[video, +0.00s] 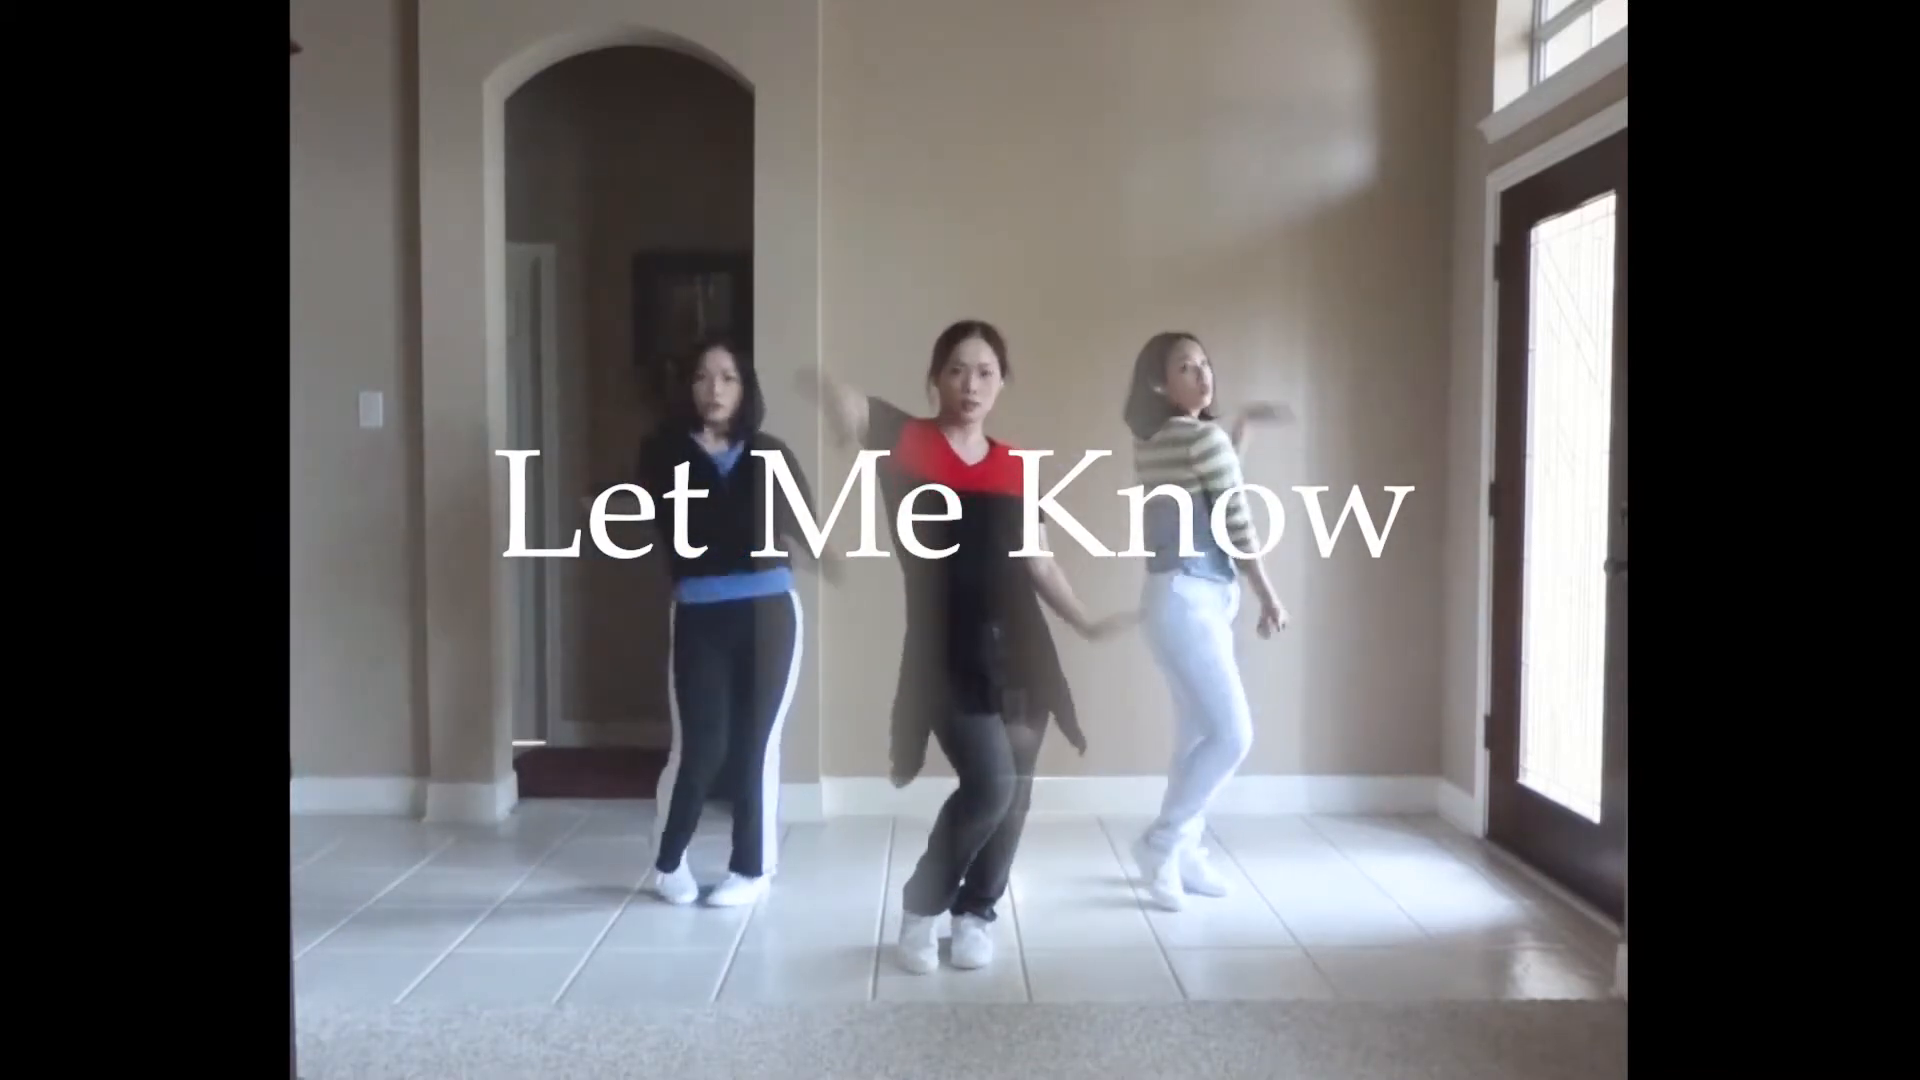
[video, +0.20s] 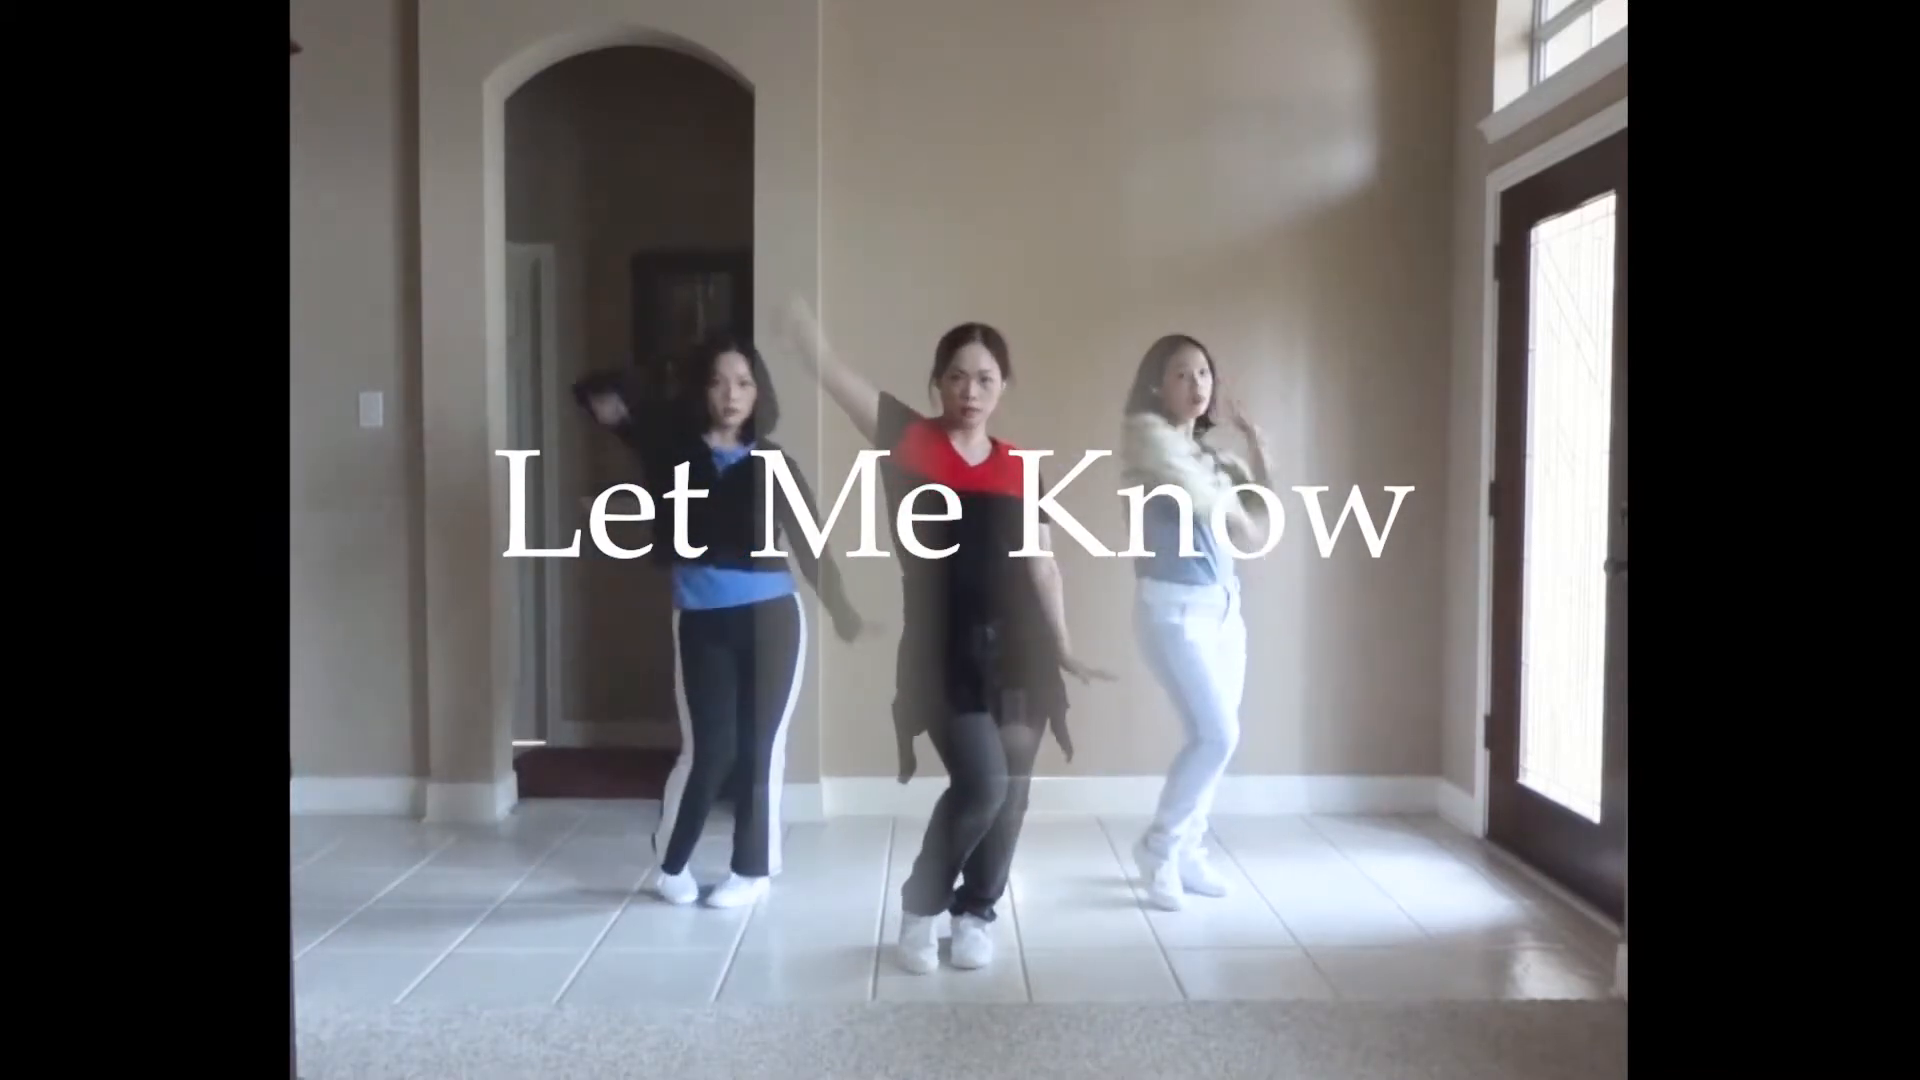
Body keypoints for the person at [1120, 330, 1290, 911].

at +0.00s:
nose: (1202, 375)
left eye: (1204, 365)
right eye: (1187, 368)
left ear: (1208, 373)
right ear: (1160, 384)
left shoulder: (1151, 439)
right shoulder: (1206, 435)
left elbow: (1199, 462)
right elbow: (1235, 521)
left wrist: (1237, 429)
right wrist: (1268, 596)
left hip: (1169, 593)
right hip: (1195, 597)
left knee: (1195, 731)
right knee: (1233, 735)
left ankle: (1189, 851)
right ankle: (1161, 844)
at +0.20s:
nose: (1197, 384)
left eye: (1204, 374)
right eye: (1182, 374)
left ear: (1212, 385)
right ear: (1155, 384)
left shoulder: (1201, 449)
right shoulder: (1148, 433)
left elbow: (1262, 503)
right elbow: (1203, 497)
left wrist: (1255, 449)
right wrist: (1237, 506)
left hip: (1221, 606)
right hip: (1172, 606)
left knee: (1220, 734)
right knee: (1215, 735)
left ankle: (1190, 848)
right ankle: (1157, 846)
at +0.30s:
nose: (1197, 397)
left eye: (1205, 386)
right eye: (1184, 387)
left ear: (1217, 394)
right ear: (1158, 394)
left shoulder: (1228, 462)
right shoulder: (1141, 450)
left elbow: (1251, 537)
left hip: (1226, 604)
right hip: (1170, 605)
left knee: (1223, 733)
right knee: (1213, 734)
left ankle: (1191, 849)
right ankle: (1157, 847)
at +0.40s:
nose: (1198, 406)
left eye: (1206, 393)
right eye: (1185, 396)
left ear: (1218, 399)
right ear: (1159, 403)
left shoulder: (1234, 468)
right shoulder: (1136, 447)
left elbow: (1260, 549)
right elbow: (1113, 425)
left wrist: (1318, 586)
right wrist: (1100, 404)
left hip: (1229, 613)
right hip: (1165, 613)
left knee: (1228, 742)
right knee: (1203, 738)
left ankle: (1190, 855)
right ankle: (1152, 854)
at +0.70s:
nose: (1190, 374)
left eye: (1200, 364)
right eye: (1178, 364)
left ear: (1217, 374)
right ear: (1157, 374)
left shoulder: (1242, 442)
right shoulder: (1135, 434)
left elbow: (1288, 502)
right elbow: (1085, 415)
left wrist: (1326, 558)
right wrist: (1074, 377)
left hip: (1213, 605)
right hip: (1145, 601)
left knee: (1213, 740)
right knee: (1140, 731)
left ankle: (1186, 857)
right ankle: (1134, 856)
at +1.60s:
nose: (1116, 417)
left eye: (1123, 409)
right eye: (1118, 409)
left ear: (1138, 417)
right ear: (1179, 416)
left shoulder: (1201, 475)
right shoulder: (1105, 469)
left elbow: (1250, 535)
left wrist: (1318, 542)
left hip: (1170, 606)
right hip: (1114, 605)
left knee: (1182, 719)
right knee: (1116, 728)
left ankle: (1205, 842)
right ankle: (1144, 824)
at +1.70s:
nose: (1120, 421)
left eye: (1126, 412)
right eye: (1120, 411)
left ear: (1144, 416)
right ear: (1176, 413)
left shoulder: (1200, 475)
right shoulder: (1104, 470)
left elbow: (1248, 536)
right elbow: (1046, 513)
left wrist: (1316, 547)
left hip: (1172, 607)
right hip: (1113, 606)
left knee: (1181, 719)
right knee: (1116, 727)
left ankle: (1206, 843)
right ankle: (1143, 826)